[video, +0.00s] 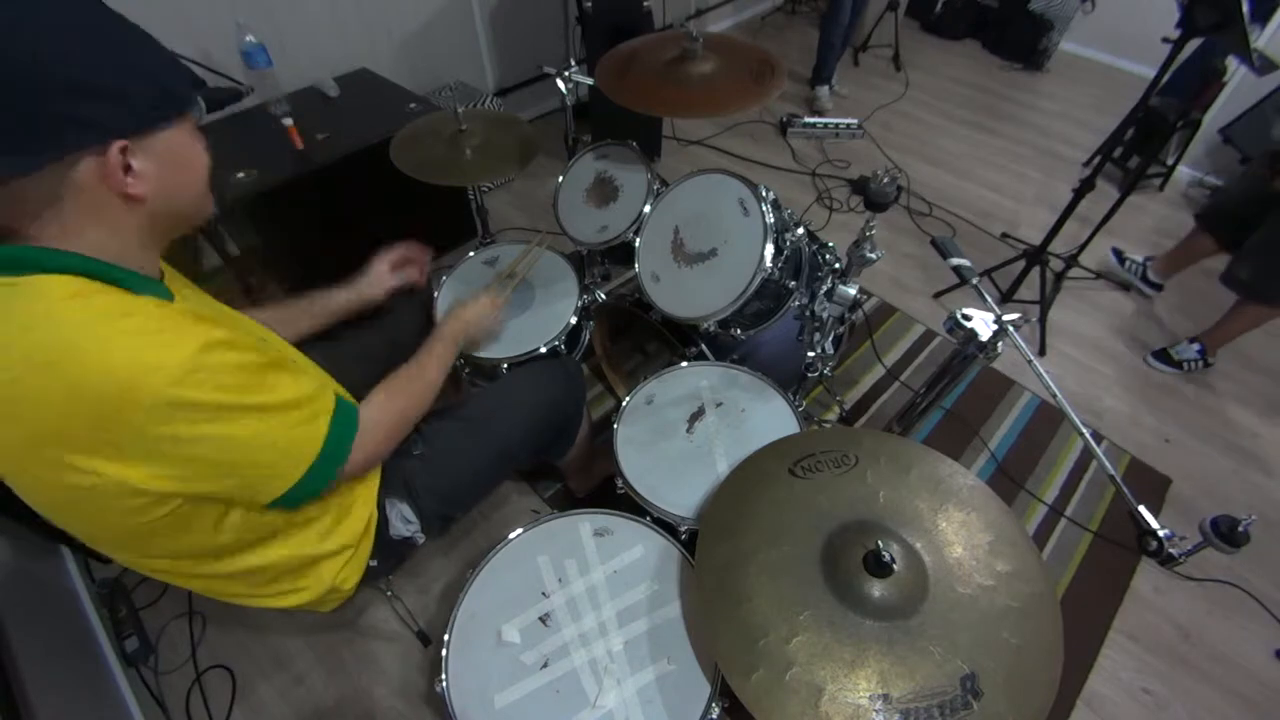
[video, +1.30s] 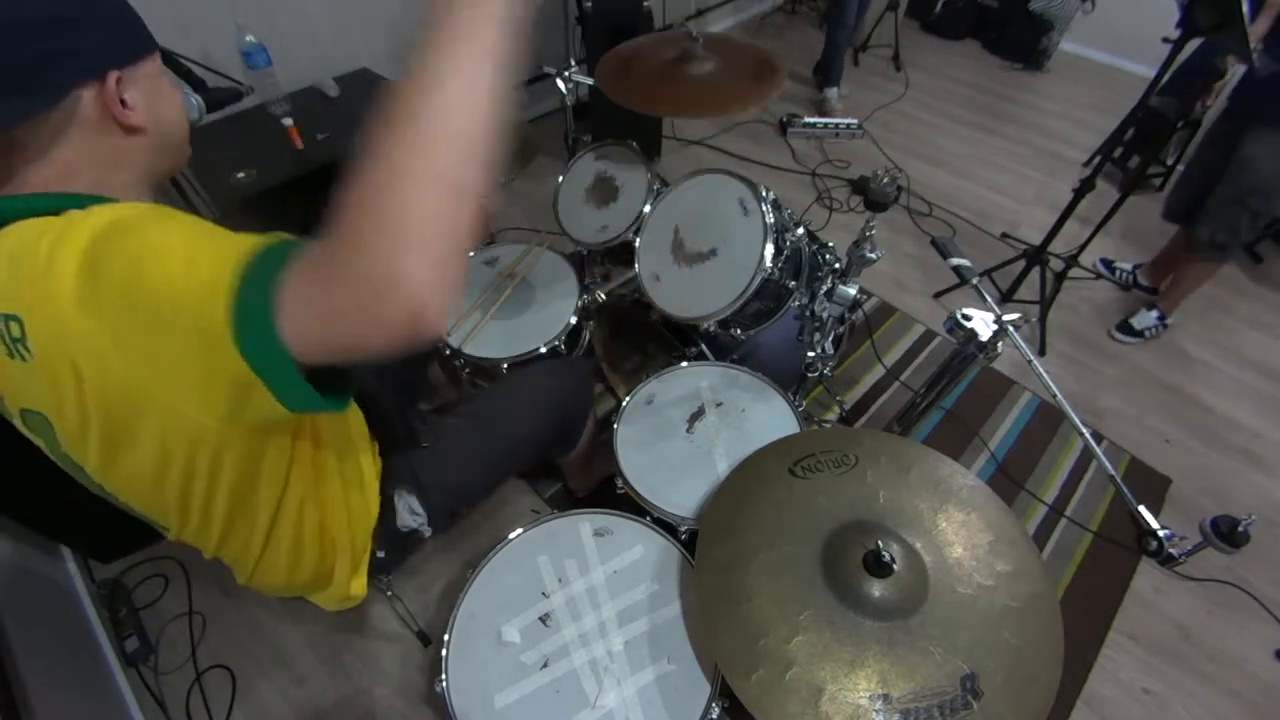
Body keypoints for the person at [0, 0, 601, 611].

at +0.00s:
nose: (205, 146)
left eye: (194, 123)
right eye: (190, 128)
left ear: (119, 171)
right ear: (127, 168)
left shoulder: (40, 274)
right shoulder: (162, 369)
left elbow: (210, 338)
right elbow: (354, 446)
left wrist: (356, 296)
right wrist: (451, 337)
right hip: (337, 526)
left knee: (421, 305)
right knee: (559, 377)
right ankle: (573, 476)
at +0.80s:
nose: (182, 98)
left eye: (167, 76)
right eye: (161, 77)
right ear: (113, 109)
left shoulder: (24, 253)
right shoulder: (166, 331)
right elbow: (350, 496)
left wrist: (285, 302)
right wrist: (487, 370)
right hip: (346, 525)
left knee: (405, 284)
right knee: (555, 365)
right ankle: (569, 469)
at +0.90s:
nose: (179, 97)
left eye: (164, 73)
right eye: (159, 76)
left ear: (19, 135)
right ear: (112, 107)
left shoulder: (19, 254)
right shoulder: (164, 315)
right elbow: (384, 502)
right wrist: (551, 352)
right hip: (336, 540)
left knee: (402, 287)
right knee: (551, 376)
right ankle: (573, 468)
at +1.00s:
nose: (176, 90)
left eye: (161, 69)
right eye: (157, 72)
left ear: (52, 121)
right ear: (111, 110)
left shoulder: (18, 259)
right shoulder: (145, 292)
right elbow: (423, 471)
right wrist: (635, 309)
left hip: (222, 511)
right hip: (327, 533)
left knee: (397, 287)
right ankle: (578, 464)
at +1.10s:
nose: (176, 100)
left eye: (162, 74)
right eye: (161, 76)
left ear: (69, 112)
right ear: (113, 108)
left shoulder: (18, 262)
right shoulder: (139, 283)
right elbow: (437, 407)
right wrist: (683, 221)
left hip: (231, 518)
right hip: (342, 530)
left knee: (400, 284)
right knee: (547, 356)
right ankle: (586, 477)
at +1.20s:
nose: (179, 100)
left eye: (164, 75)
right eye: (160, 76)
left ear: (31, 121)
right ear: (115, 104)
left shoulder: (24, 263)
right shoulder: (113, 275)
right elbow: (424, 347)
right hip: (350, 515)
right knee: (565, 377)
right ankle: (583, 486)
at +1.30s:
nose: (181, 102)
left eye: (170, 76)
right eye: (167, 78)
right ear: (120, 100)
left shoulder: (26, 247)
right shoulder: (108, 261)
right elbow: (397, 296)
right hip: (345, 523)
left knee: (402, 341)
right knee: (566, 377)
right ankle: (577, 475)